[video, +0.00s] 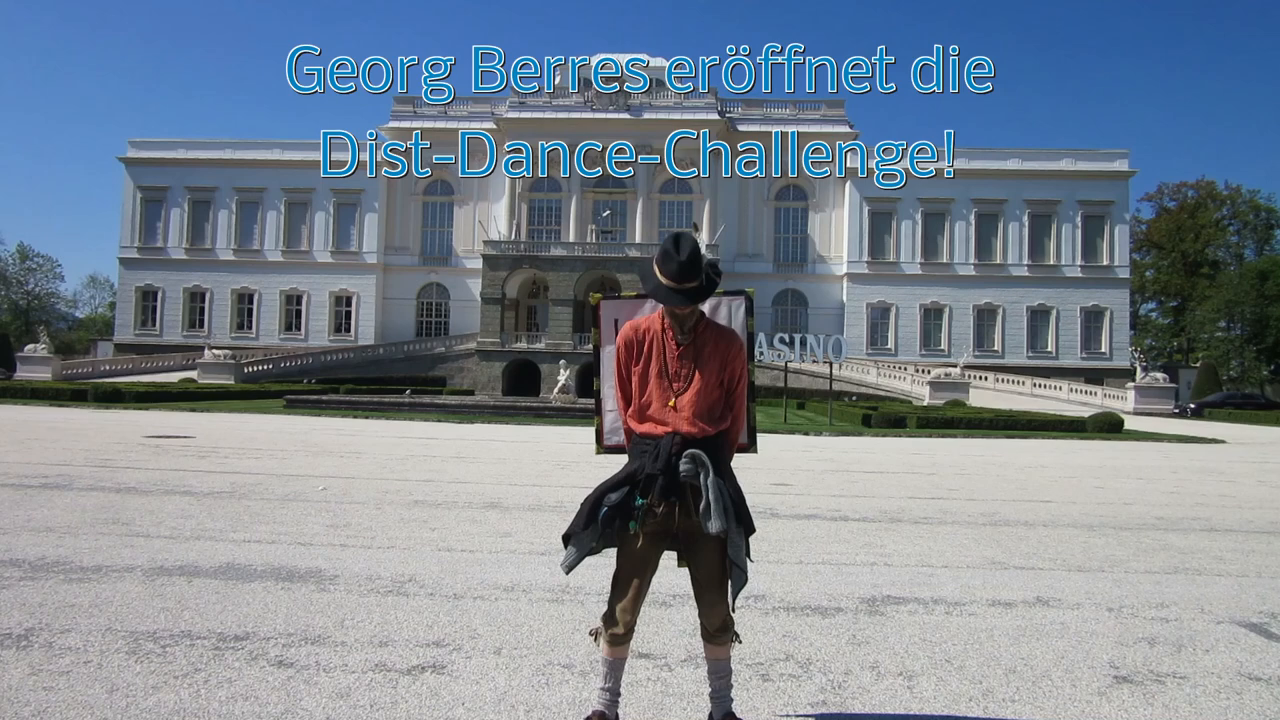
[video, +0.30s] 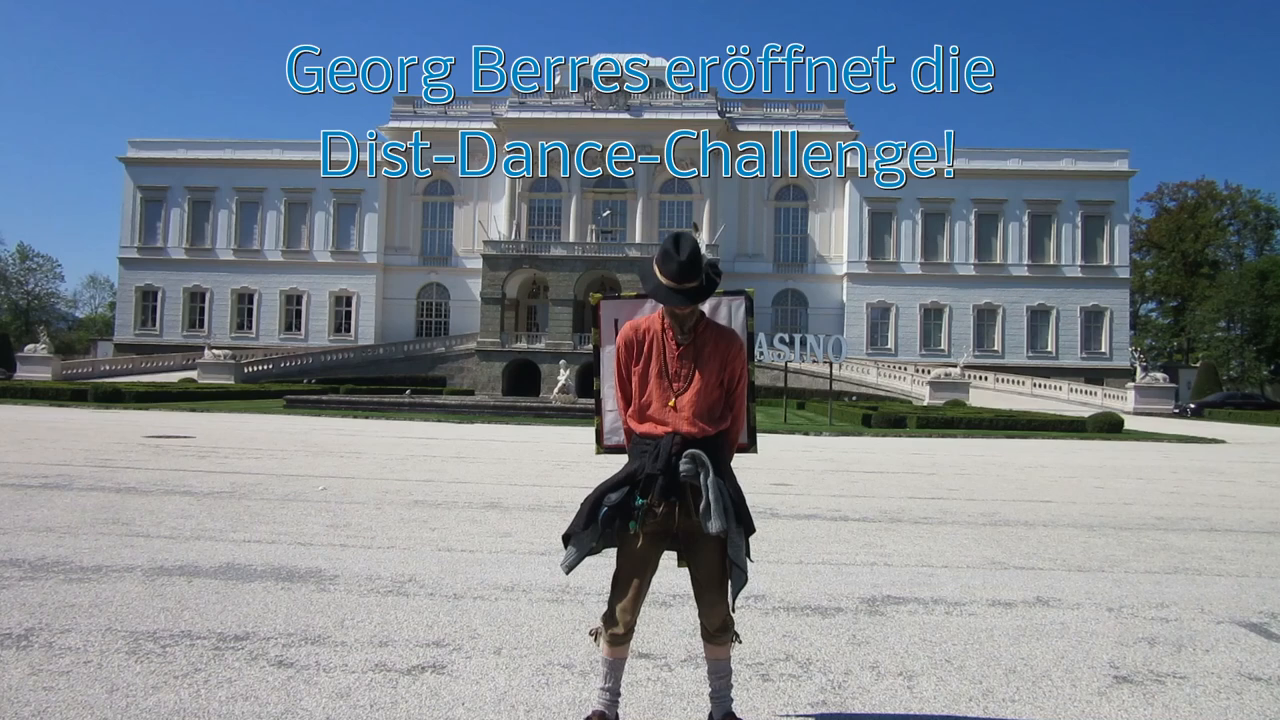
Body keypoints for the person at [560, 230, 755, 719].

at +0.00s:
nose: (681, 311)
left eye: (690, 302)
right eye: (672, 302)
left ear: (704, 293)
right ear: (658, 292)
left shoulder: (728, 344)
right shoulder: (632, 337)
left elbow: (734, 427)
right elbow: (627, 417)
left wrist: (701, 467)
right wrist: (672, 451)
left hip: (706, 486)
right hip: (647, 483)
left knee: (716, 604)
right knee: (625, 600)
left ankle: (722, 706)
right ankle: (607, 701)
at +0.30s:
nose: (681, 311)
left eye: (690, 302)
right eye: (672, 302)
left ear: (704, 293)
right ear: (658, 292)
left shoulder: (728, 344)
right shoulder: (632, 337)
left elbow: (734, 427)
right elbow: (627, 417)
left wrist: (701, 467)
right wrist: (672, 451)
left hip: (706, 486)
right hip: (647, 483)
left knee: (716, 604)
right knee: (625, 600)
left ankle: (722, 706)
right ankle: (607, 701)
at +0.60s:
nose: (680, 310)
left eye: (689, 300)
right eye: (672, 301)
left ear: (702, 293)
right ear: (657, 292)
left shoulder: (728, 344)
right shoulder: (632, 337)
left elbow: (734, 423)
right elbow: (624, 416)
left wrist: (702, 451)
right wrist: (658, 446)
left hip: (705, 487)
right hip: (647, 486)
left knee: (715, 605)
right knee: (624, 601)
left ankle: (722, 706)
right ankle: (607, 701)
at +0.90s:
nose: (680, 309)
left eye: (688, 299)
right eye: (670, 300)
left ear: (701, 291)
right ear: (655, 290)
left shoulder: (726, 345)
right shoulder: (629, 337)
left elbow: (733, 426)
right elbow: (622, 416)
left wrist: (702, 449)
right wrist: (659, 440)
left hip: (703, 494)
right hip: (644, 490)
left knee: (713, 607)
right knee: (622, 604)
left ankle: (721, 707)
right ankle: (607, 701)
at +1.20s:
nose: (677, 311)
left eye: (685, 302)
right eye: (668, 302)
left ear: (699, 294)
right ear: (653, 293)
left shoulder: (725, 345)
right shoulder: (628, 337)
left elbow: (732, 422)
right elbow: (622, 414)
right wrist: (650, 446)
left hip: (702, 490)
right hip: (644, 487)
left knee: (711, 603)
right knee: (624, 600)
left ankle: (722, 706)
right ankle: (607, 700)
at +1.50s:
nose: (677, 311)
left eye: (685, 302)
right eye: (668, 302)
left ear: (699, 294)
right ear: (653, 292)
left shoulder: (723, 345)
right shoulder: (627, 337)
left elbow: (731, 421)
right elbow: (621, 414)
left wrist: (710, 463)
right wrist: (653, 446)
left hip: (701, 490)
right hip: (643, 487)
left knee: (711, 603)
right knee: (623, 600)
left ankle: (722, 706)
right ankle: (607, 700)